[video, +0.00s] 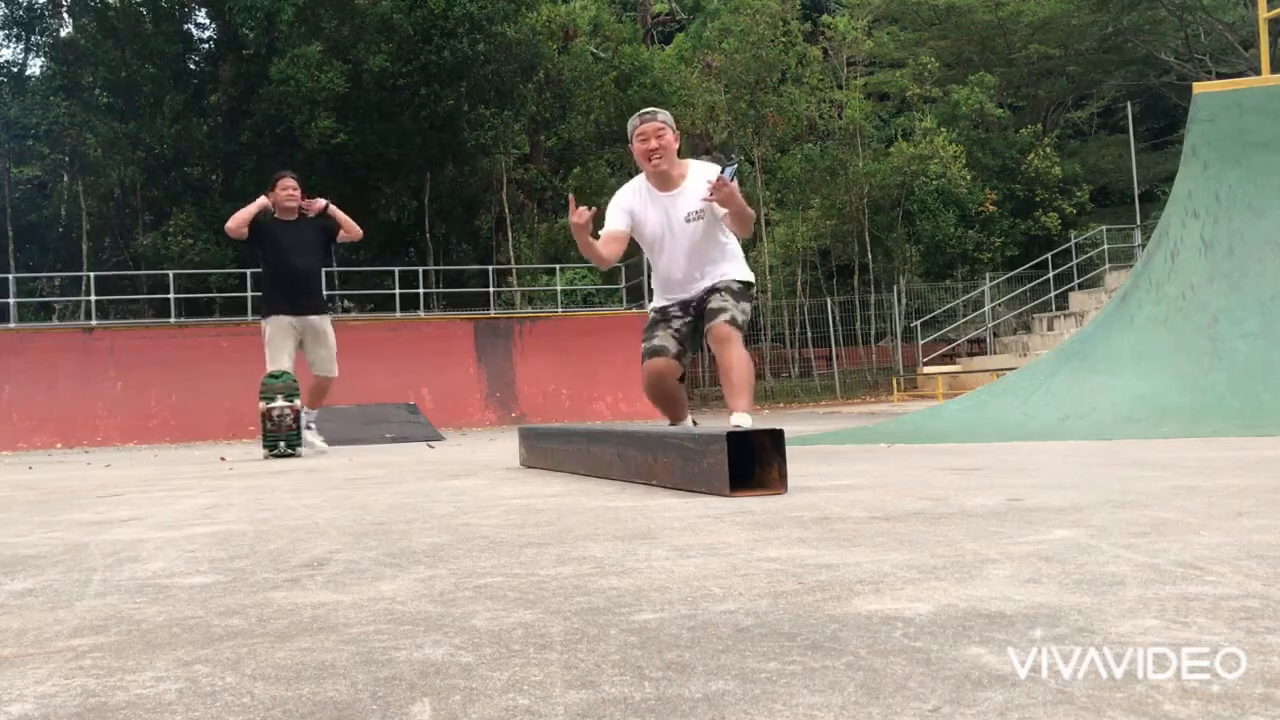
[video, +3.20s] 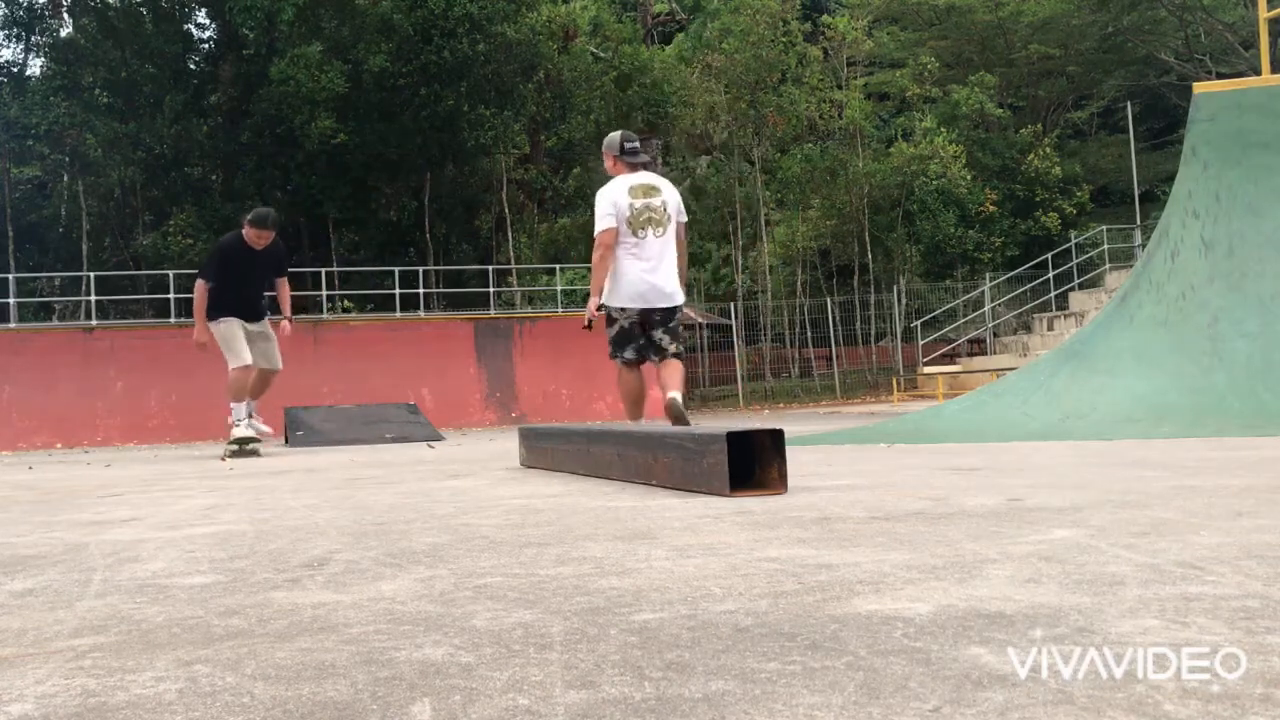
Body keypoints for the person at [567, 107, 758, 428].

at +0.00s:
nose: (652, 145)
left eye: (660, 135)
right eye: (642, 139)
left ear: (676, 139)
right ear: (632, 150)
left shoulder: (710, 174)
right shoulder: (628, 198)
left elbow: (745, 230)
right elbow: (604, 259)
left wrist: (735, 203)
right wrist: (582, 237)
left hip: (722, 280)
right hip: (670, 298)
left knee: (722, 329)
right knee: (656, 375)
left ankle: (741, 421)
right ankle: (685, 429)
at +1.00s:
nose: (634, 124)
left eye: (638, 113)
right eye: (632, 116)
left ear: (667, 108)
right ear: (654, 110)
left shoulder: (723, 145)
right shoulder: (640, 170)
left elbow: (769, 200)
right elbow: (628, 237)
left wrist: (744, 233)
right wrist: (619, 280)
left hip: (736, 266)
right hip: (682, 287)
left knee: (717, 321)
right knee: (675, 394)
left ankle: (737, 431)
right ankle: (693, 432)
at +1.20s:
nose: (642, 75)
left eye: (646, 65)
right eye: (642, 66)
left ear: (666, 64)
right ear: (670, 66)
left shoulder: (711, 102)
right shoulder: (668, 126)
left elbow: (742, 162)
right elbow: (665, 200)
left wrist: (704, 223)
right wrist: (646, 257)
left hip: (733, 239)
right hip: (687, 247)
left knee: (714, 323)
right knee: (673, 337)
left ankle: (736, 430)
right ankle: (714, 430)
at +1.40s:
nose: (664, 64)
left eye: (667, 56)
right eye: (667, 56)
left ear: (678, 58)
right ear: (700, 63)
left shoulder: (693, 97)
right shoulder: (706, 101)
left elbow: (690, 158)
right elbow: (707, 186)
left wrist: (644, 216)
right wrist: (680, 245)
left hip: (720, 233)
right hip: (706, 236)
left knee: (709, 323)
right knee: (684, 327)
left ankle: (736, 425)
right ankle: (728, 418)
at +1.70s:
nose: (657, 80)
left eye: (659, 74)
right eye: (659, 74)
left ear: (667, 74)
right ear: (699, 77)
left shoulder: (664, 109)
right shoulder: (734, 123)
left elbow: (650, 167)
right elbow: (749, 191)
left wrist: (615, 231)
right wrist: (732, 233)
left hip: (685, 241)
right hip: (734, 243)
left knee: (658, 333)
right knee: (721, 332)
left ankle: (679, 427)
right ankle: (735, 428)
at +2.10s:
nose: (622, 107)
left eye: (622, 102)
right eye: (626, 101)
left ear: (627, 103)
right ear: (661, 98)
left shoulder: (617, 138)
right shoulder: (696, 132)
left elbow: (606, 198)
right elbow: (721, 194)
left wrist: (593, 253)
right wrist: (725, 251)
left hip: (640, 261)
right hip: (691, 258)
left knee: (636, 346)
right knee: (689, 338)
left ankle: (635, 433)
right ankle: (706, 395)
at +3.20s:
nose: (604, 164)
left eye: (605, 159)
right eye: (604, 159)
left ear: (613, 160)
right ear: (637, 157)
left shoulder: (609, 192)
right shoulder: (668, 188)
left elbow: (605, 245)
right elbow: (680, 244)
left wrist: (594, 295)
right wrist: (678, 287)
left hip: (625, 292)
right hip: (667, 289)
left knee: (628, 361)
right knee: (670, 353)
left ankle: (636, 431)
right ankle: (674, 396)